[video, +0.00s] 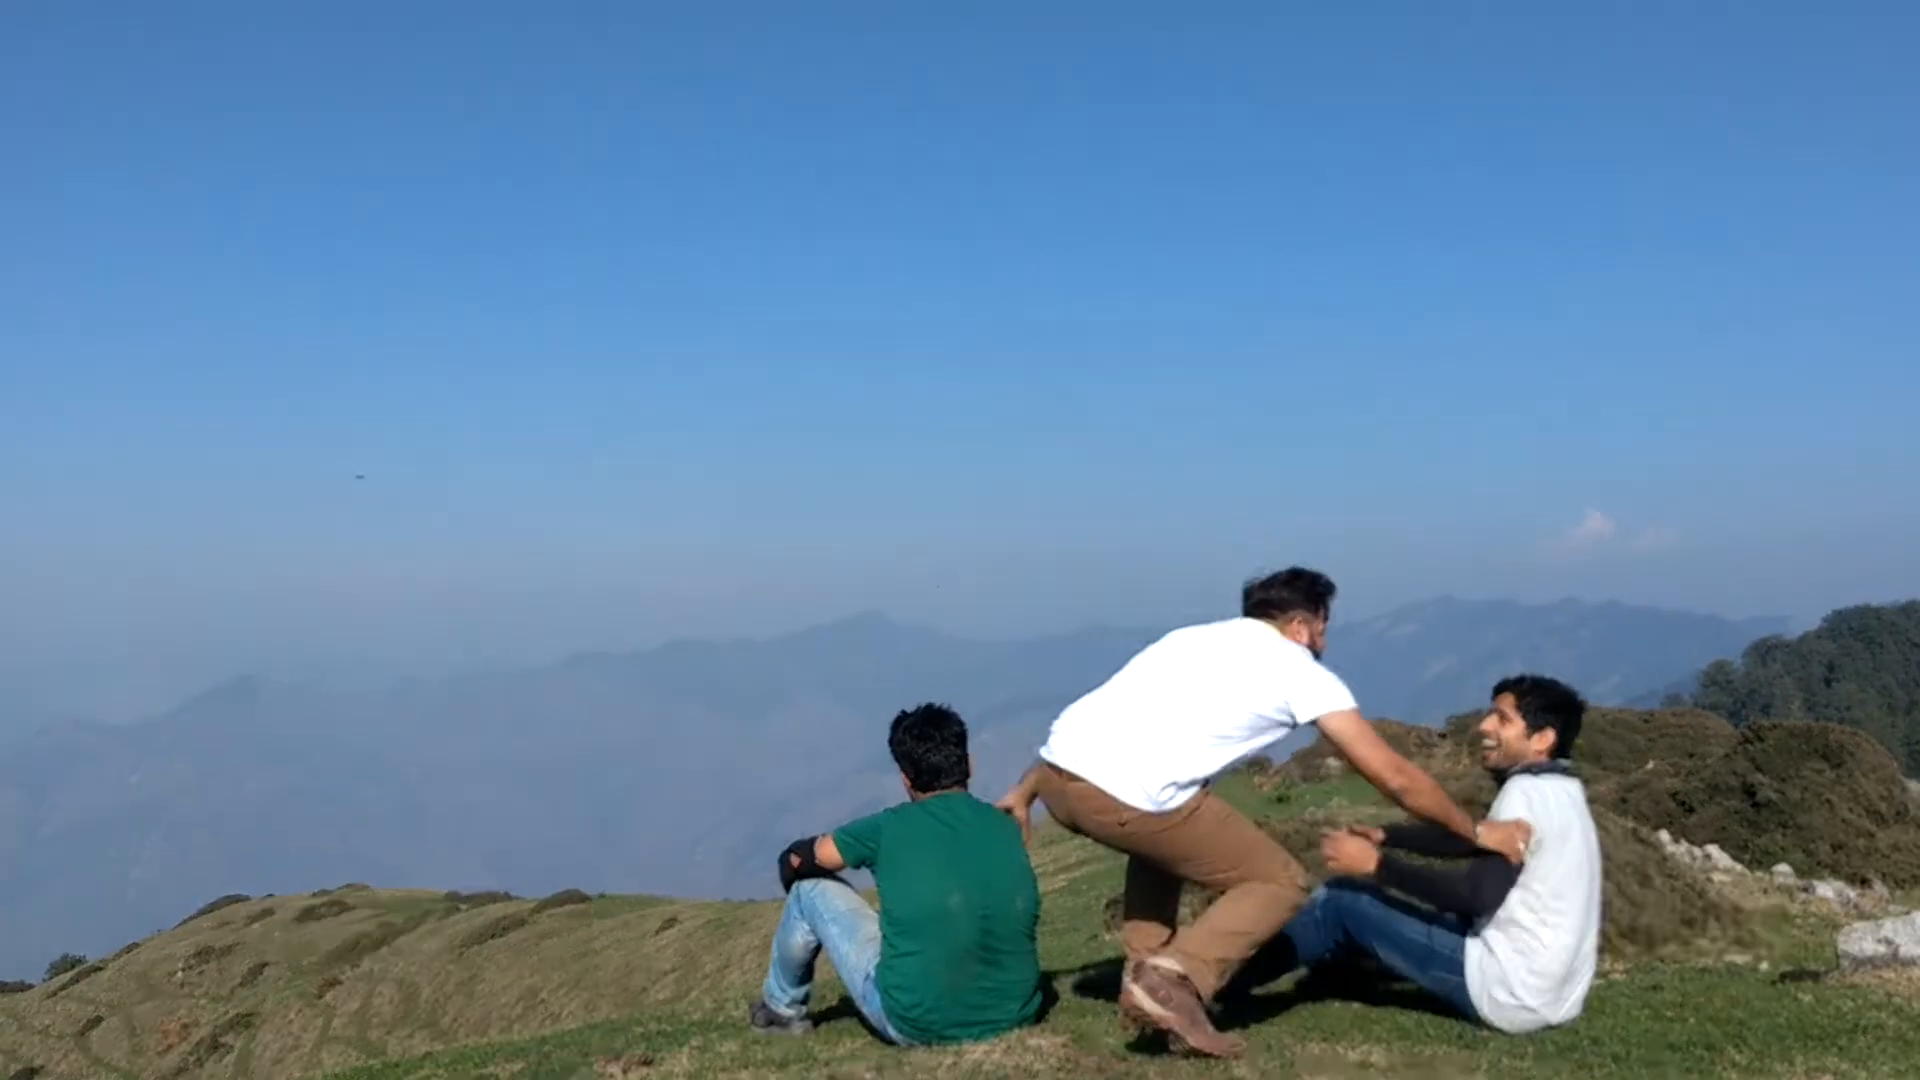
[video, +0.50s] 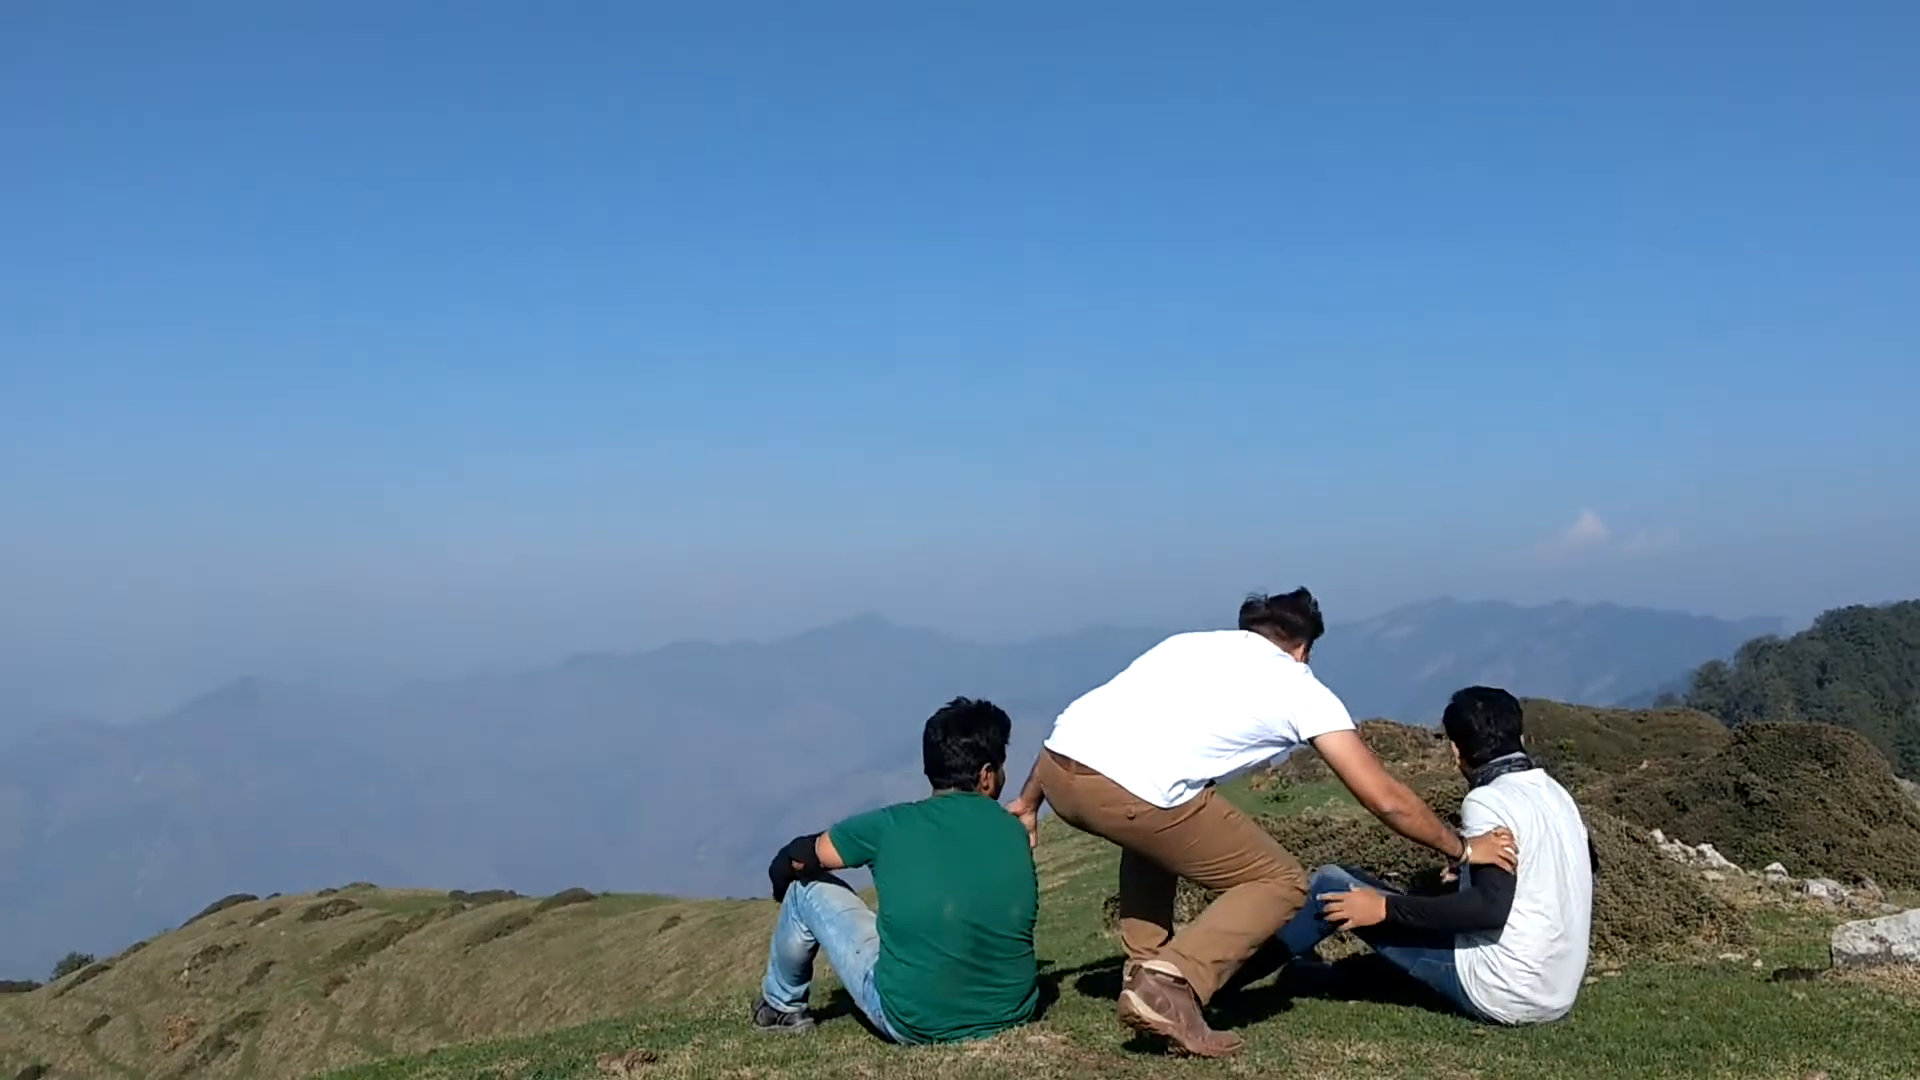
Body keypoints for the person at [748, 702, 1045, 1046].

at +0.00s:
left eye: (901, 772)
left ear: (907, 779)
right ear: (969, 766)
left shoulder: (890, 826)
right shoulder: (1006, 824)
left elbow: (796, 860)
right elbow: (1025, 915)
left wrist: (800, 897)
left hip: (918, 1024)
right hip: (1011, 1016)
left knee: (810, 889)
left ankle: (782, 1010)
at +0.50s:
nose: (1003, 776)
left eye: (1001, 765)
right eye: (1001, 767)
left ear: (931, 772)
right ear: (987, 776)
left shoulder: (891, 823)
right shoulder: (1014, 828)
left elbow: (791, 859)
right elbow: (1020, 913)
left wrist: (784, 889)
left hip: (913, 1022)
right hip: (1008, 1014)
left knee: (807, 887)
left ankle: (782, 1004)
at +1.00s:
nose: (1024, 780)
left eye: (1020, 769)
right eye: (1023, 771)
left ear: (948, 778)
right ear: (1016, 780)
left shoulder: (904, 837)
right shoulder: (1042, 837)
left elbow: (804, 892)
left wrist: (775, 873)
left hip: (919, 1021)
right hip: (1014, 1015)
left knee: (818, 896)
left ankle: (800, 1001)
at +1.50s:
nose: (884, 794)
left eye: (896, 781)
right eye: (883, 780)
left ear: (933, 778)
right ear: (940, 781)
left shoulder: (902, 852)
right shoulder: (986, 829)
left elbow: (890, 975)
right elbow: (916, 840)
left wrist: (789, 1011)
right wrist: (847, 827)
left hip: (937, 1023)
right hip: (1006, 1007)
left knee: (770, 933)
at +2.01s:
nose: (841, 797)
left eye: (840, 789)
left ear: (847, 795)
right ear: (911, 775)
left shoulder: (854, 856)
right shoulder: (950, 829)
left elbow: (869, 975)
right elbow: (899, 859)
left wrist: (808, 1050)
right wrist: (820, 880)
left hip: (924, 1026)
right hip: (1000, 1005)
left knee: (761, 954)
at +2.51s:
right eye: (862, 775)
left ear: (797, 801)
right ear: (859, 781)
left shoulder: (795, 845)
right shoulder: (903, 819)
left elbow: (825, 947)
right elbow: (888, 894)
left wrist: (804, 1055)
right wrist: (795, 922)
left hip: (884, 1028)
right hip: (974, 1001)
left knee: (745, 992)